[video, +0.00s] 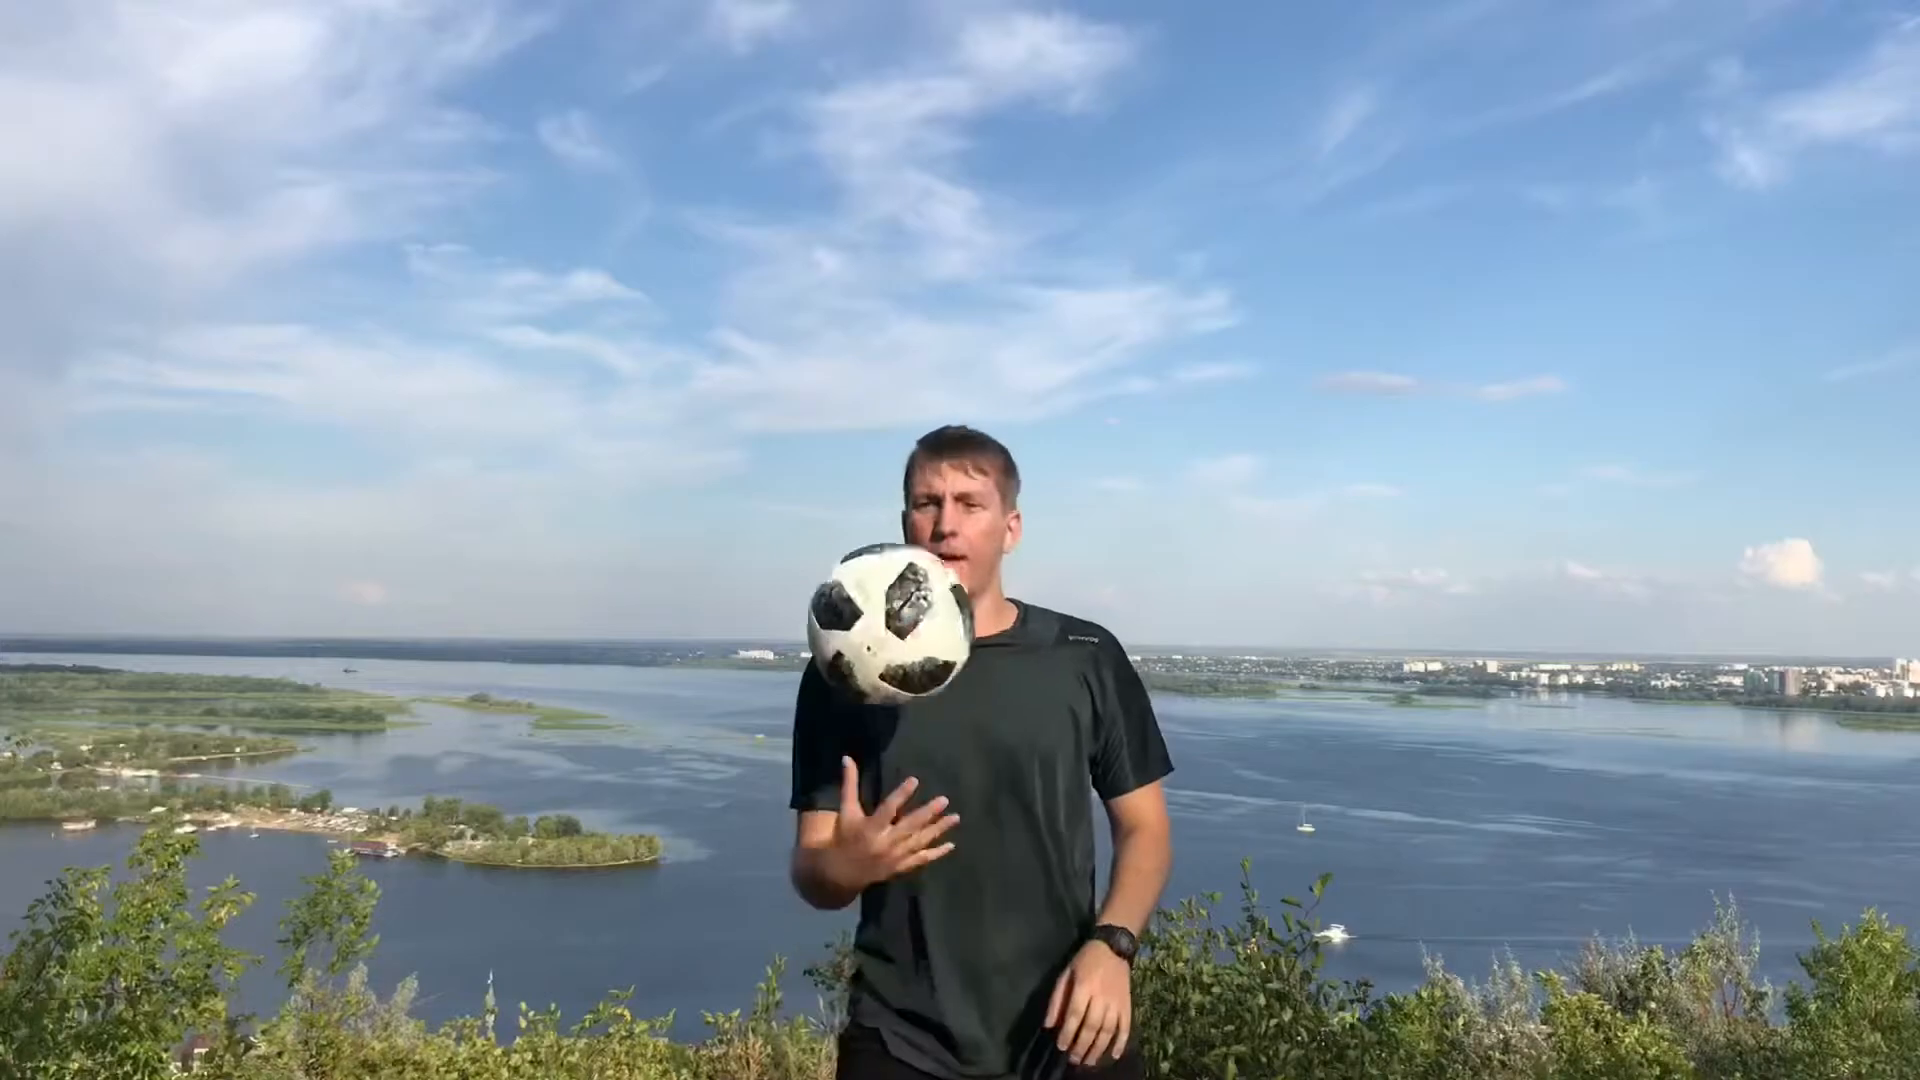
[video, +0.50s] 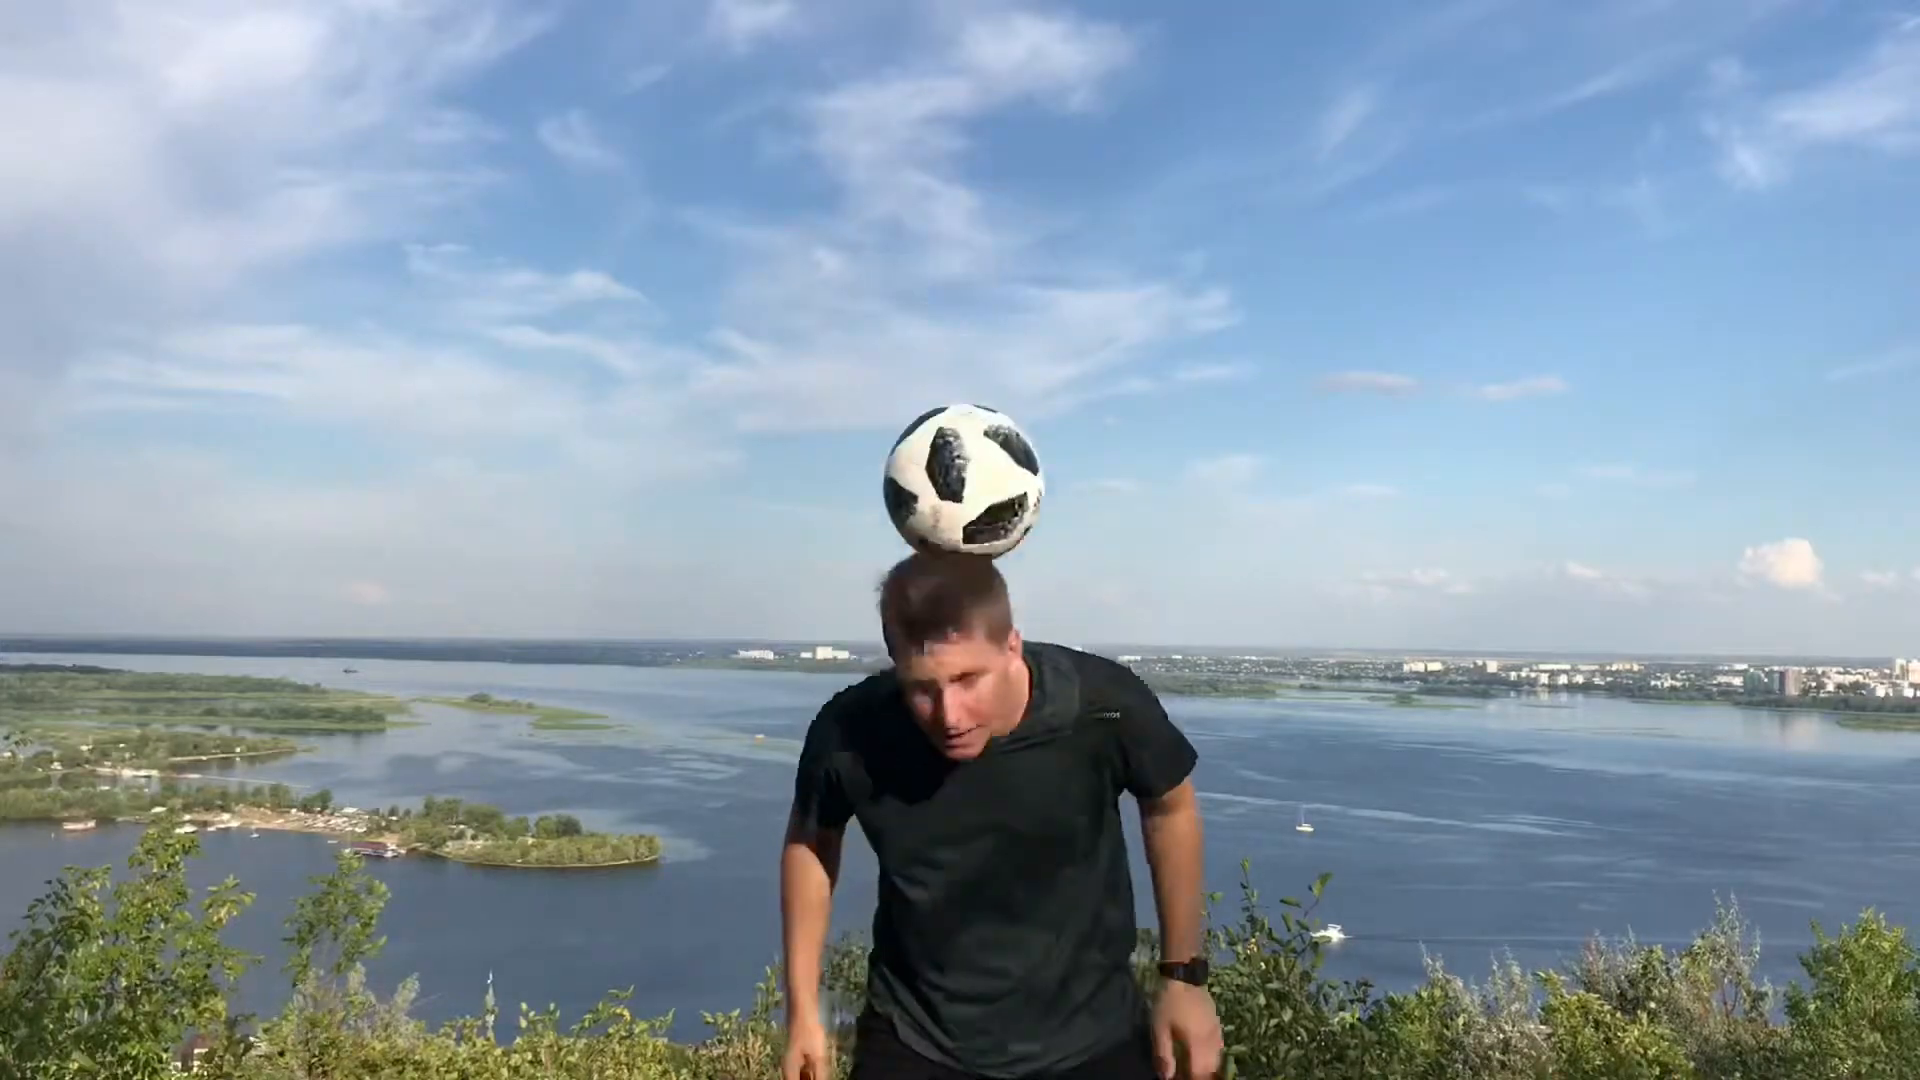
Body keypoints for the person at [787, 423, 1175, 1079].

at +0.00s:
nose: (944, 525)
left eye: (969, 504)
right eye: (926, 503)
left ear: (1010, 528)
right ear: (904, 521)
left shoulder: (1087, 659)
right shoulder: (847, 670)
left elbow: (1144, 827)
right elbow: (813, 873)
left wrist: (1112, 946)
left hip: (1061, 1029)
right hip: (906, 1032)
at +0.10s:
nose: (950, 513)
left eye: (974, 493)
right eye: (938, 496)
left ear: (1018, 521)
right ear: (915, 518)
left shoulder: (1093, 660)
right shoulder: (848, 672)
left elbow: (1149, 827)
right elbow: (815, 850)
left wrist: (1118, 945)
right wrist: (847, 892)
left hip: (1067, 1030)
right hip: (909, 1035)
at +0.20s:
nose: (961, 482)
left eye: (987, 472)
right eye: (942, 474)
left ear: (1024, 523)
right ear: (919, 523)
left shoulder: (1097, 658)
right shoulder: (852, 671)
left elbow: (1149, 825)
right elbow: (819, 843)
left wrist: (1128, 953)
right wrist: (827, 956)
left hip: (1067, 1029)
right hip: (911, 1033)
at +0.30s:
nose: (960, 490)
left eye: (985, 479)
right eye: (940, 482)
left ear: (1023, 530)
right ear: (916, 536)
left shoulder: (1101, 658)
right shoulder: (855, 676)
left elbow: (1152, 815)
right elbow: (817, 842)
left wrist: (1143, 964)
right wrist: (810, 1005)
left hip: (1071, 1034)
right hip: (913, 1035)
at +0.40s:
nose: (949, 570)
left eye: (971, 544)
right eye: (927, 549)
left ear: (1016, 564)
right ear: (905, 571)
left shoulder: (1107, 669)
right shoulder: (852, 694)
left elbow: (1159, 809)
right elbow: (813, 842)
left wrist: (1162, 975)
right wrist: (798, 1023)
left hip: (1078, 1037)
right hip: (915, 1040)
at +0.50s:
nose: (948, 714)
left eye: (969, 680)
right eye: (923, 688)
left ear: (1012, 646)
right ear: (896, 669)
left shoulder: (1108, 705)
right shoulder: (849, 735)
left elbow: (1171, 804)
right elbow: (813, 837)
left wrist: (1185, 977)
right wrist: (803, 1011)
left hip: (1089, 1038)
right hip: (920, 1042)